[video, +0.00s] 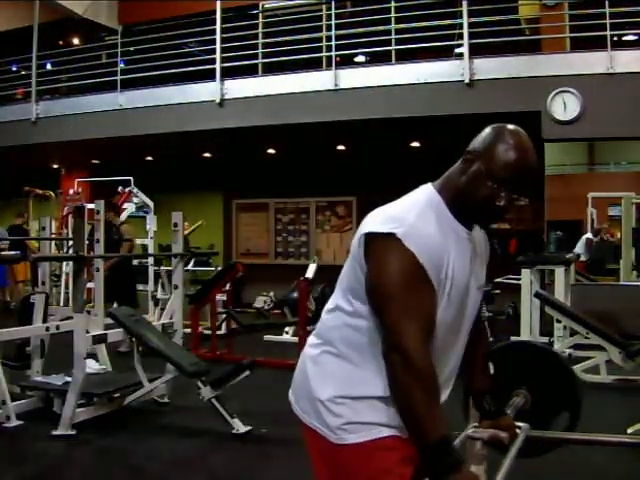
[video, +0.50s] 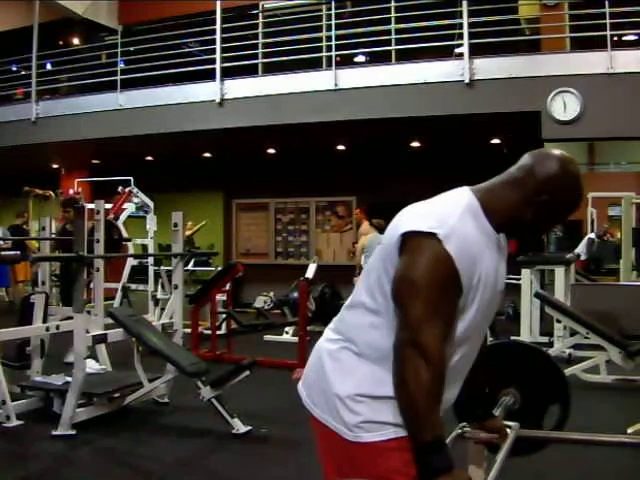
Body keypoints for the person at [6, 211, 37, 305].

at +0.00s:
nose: (27, 219)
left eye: (26, 217)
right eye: (26, 217)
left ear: (16, 217)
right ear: (24, 217)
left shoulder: (10, 228)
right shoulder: (23, 229)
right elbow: (27, 242)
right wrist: (35, 250)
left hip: (10, 258)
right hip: (21, 257)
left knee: (13, 282)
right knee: (20, 282)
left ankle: (13, 301)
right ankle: (21, 301)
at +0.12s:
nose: (28, 218)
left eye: (27, 216)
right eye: (27, 216)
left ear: (16, 217)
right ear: (25, 216)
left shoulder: (10, 228)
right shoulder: (23, 229)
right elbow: (28, 242)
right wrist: (35, 249)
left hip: (10, 258)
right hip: (21, 258)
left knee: (12, 282)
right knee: (20, 282)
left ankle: (14, 303)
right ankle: (20, 304)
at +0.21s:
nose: (27, 218)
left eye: (27, 216)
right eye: (27, 217)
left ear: (16, 217)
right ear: (25, 216)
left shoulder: (10, 228)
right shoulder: (23, 230)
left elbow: (9, 242)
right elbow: (28, 242)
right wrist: (35, 250)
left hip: (11, 258)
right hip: (21, 258)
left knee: (12, 282)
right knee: (20, 282)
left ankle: (14, 303)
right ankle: (19, 304)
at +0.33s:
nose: (28, 220)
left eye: (27, 217)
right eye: (27, 217)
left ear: (16, 217)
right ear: (24, 217)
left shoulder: (10, 228)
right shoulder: (23, 230)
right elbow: (28, 243)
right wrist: (36, 249)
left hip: (11, 258)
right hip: (21, 258)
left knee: (12, 283)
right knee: (21, 283)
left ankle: (12, 302)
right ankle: (19, 303)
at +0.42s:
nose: (28, 220)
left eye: (28, 217)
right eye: (27, 217)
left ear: (17, 217)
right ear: (24, 217)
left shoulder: (10, 228)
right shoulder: (23, 230)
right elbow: (28, 243)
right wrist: (36, 249)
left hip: (11, 258)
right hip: (21, 258)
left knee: (13, 282)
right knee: (21, 282)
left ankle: (11, 301)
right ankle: (21, 302)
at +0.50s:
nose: (28, 219)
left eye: (28, 217)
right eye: (27, 217)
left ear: (17, 217)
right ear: (24, 217)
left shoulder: (9, 229)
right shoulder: (23, 230)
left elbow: (8, 243)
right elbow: (29, 244)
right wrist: (35, 249)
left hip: (11, 258)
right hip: (22, 258)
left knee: (13, 282)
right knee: (21, 282)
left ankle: (13, 302)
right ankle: (21, 303)